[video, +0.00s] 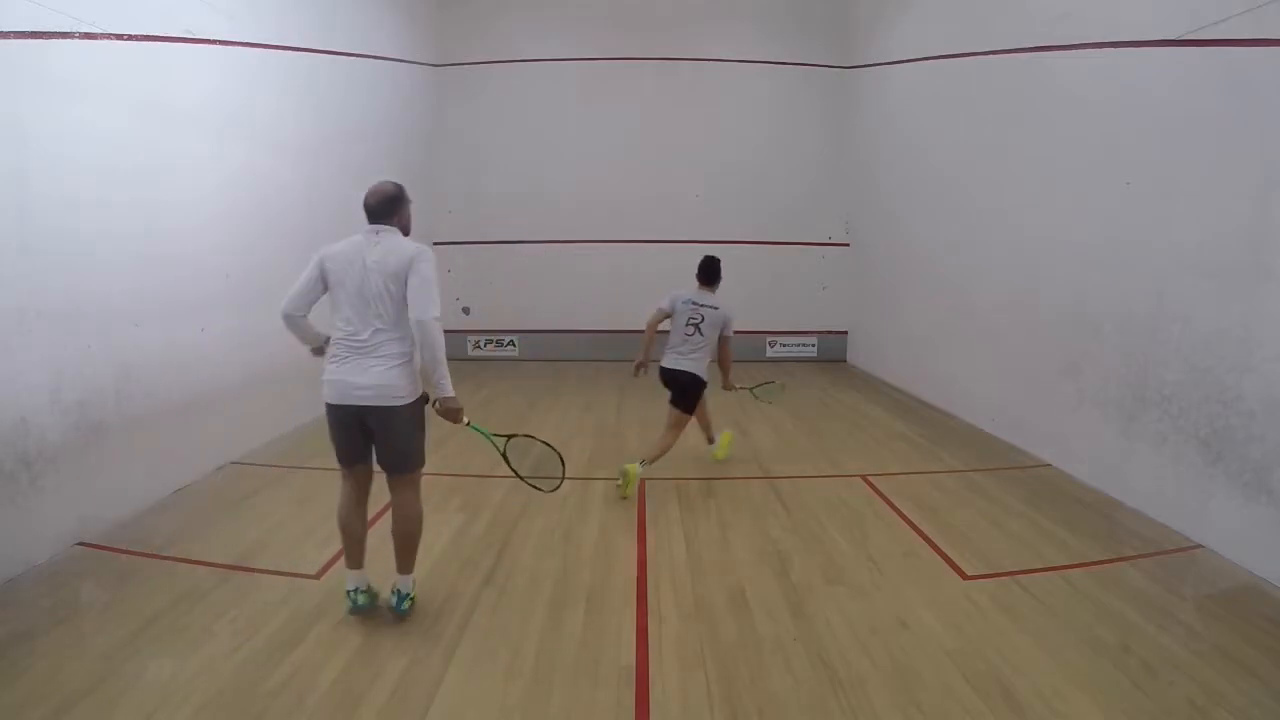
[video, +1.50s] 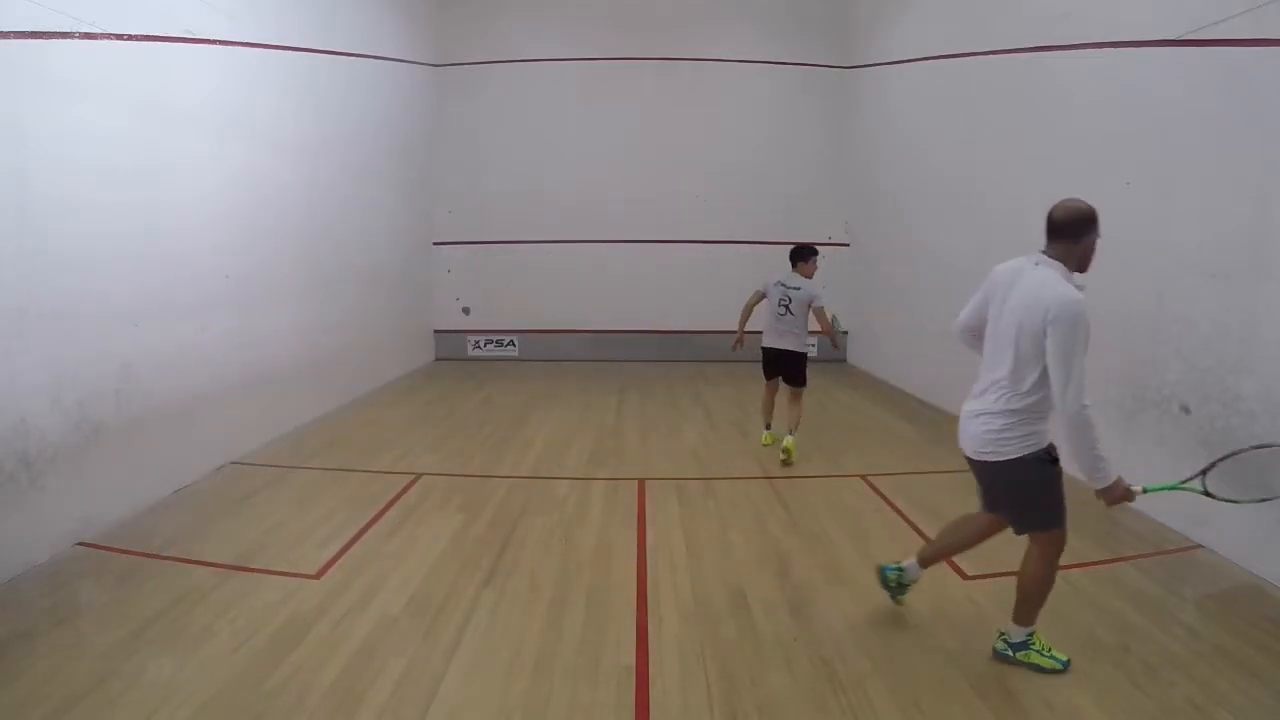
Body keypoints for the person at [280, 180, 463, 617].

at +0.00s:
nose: (412, 218)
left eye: (410, 211)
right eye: (411, 212)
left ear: (366, 216)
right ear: (403, 215)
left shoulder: (333, 255)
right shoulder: (414, 254)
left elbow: (291, 311)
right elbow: (425, 323)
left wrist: (318, 343)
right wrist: (444, 392)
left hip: (340, 396)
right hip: (395, 396)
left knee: (353, 482)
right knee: (404, 489)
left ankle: (355, 586)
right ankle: (403, 588)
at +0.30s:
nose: (530, 240)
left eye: (528, 231)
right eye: (526, 232)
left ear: (485, 235)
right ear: (513, 237)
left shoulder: (453, 269)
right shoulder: (500, 285)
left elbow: (422, 318)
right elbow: (483, 371)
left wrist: (464, 346)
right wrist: (510, 442)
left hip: (428, 421)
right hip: (468, 428)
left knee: (428, 502)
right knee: (544, 502)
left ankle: (381, 599)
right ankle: (580, 601)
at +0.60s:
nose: (685, 239)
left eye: (686, 231)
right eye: (684, 231)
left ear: (641, 224)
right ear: (673, 231)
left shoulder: (602, 255)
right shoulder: (642, 275)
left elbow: (565, 306)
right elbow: (624, 365)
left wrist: (599, 343)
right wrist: (632, 446)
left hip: (572, 406)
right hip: (597, 414)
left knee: (613, 492)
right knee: (624, 507)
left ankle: (574, 571)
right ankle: (601, 606)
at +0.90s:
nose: (811, 243)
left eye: (808, 238)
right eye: (811, 238)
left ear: (765, 239)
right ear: (806, 244)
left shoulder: (736, 276)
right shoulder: (787, 295)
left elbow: (686, 326)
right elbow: (782, 385)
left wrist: (668, 374)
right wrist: (804, 461)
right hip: (736, 435)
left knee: (789, 493)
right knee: (718, 529)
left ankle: (805, 586)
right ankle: (627, 590)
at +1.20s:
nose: (939, 234)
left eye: (932, 227)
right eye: (938, 229)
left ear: (891, 229)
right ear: (933, 235)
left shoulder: (862, 266)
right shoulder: (919, 289)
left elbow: (825, 320)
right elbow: (926, 381)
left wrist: (861, 354)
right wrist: (959, 449)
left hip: (835, 416)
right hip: (872, 428)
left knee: (849, 496)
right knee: (933, 514)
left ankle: (810, 585)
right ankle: (904, 620)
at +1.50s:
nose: (1096, 248)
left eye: (1094, 240)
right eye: (1096, 240)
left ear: (1050, 235)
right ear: (1087, 243)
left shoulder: (1008, 271)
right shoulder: (1066, 302)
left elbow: (968, 327)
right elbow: (1071, 404)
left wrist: (1014, 362)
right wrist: (1104, 479)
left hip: (979, 429)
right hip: (1017, 443)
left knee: (998, 514)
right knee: (1048, 539)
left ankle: (905, 572)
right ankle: (1018, 637)